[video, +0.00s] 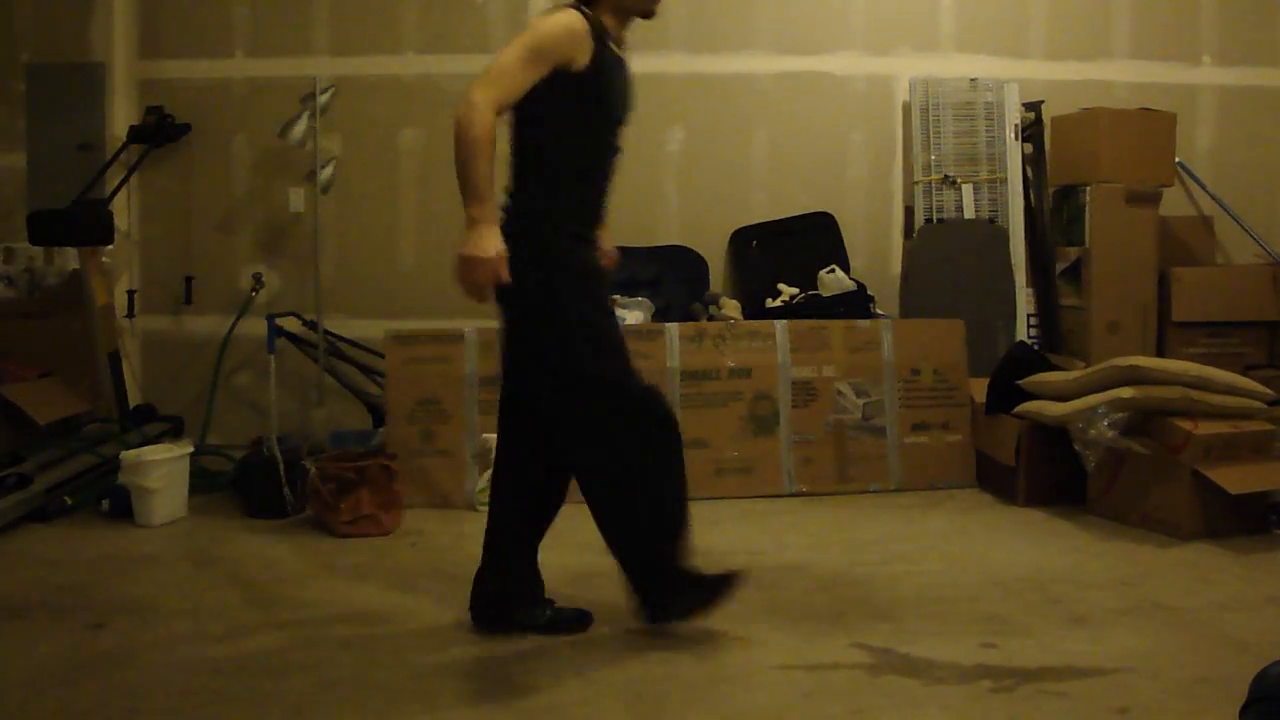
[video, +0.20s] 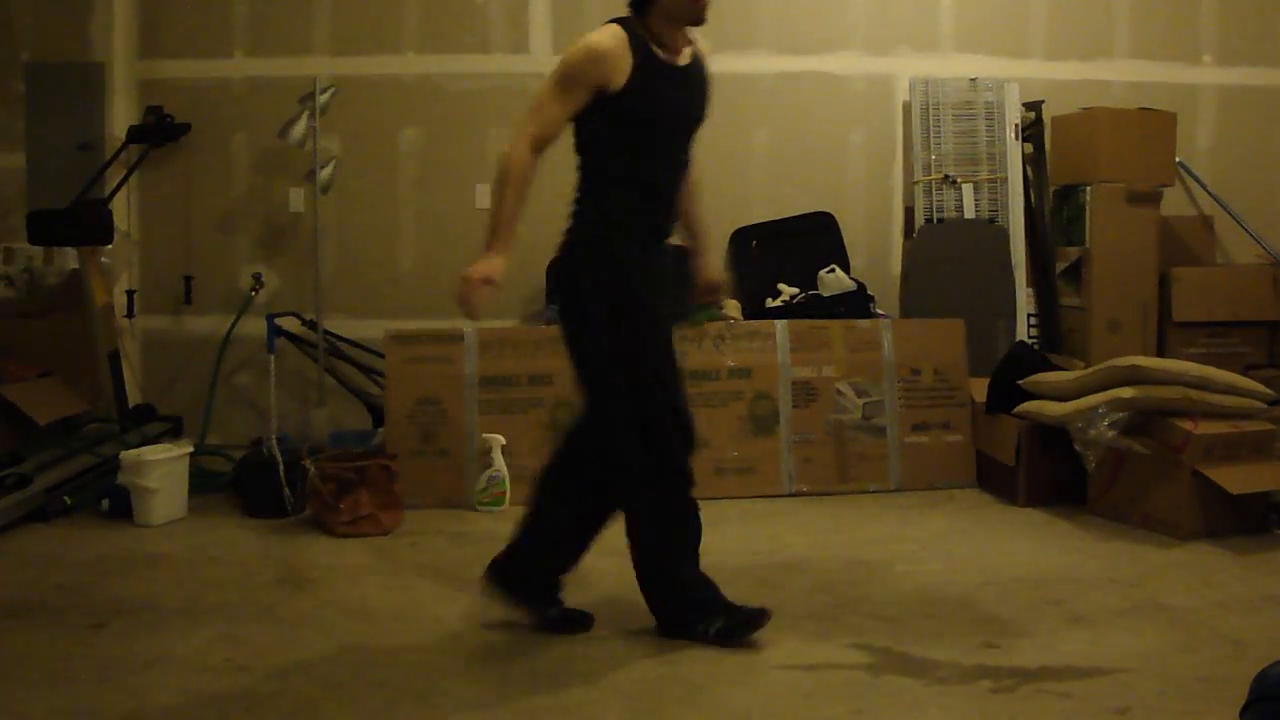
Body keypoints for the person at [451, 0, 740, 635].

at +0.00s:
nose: (657, 1)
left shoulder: (606, 49)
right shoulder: (566, 29)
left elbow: (567, 150)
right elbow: (477, 106)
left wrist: (590, 236)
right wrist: (480, 223)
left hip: (567, 267)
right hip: (544, 266)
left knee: (537, 432)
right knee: (628, 420)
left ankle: (504, 595)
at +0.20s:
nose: (701, 6)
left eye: (703, 0)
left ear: (694, 7)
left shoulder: (692, 59)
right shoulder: (603, 51)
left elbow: (675, 162)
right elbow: (526, 142)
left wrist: (702, 250)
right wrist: (496, 250)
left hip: (646, 271)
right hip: (597, 273)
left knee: (618, 429)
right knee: (658, 432)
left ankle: (526, 571)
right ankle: (684, 604)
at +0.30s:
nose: (718, 7)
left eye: (722, 0)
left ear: (719, 8)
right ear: (671, 2)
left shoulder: (727, 60)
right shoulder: (619, 68)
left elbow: (731, 149)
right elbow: (560, 165)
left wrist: (763, 217)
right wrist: (531, 272)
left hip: (691, 273)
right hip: (632, 276)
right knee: (677, 435)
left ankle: (606, 518)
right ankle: (686, 605)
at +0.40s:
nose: (733, 6)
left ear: (743, 2)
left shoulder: (756, 55)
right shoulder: (634, 64)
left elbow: (791, 131)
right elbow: (589, 168)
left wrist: (823, 169)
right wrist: (571, 274)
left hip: (735, 272)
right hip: (665, 277)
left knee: (808, 423)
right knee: (689, 440)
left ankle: (706, 525)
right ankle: (688, 605)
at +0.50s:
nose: (731, 9)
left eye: (738, 4)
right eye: (719, 4)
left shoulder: (788, 30)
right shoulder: (650, 40)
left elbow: (857, 96)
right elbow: (616, 139)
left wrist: (899, 113)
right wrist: (610, 244)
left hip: (771, 258)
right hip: (687, 263)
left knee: (842, 415)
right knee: (695, 435)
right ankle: (701, 601)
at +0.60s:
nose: (748, 4)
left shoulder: (810, 31)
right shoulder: (673, 45)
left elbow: (917, 82)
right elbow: (638, 133)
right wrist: (642, 223)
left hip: (798, 262)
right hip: (710, 267)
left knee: (857, 429)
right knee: (706, 444)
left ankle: (915, 578)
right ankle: (735, 603)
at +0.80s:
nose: (761, 10)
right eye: (746, 2)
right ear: (715, 6)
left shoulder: (812, 53)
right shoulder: (688, 67)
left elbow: (891, 119)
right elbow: (694, 147)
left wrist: (975, 159)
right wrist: (684, 202)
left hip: (812, 278)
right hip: (731, 283)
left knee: (859, 434)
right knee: (738, 449)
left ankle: (916, 580)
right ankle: (750, 600)